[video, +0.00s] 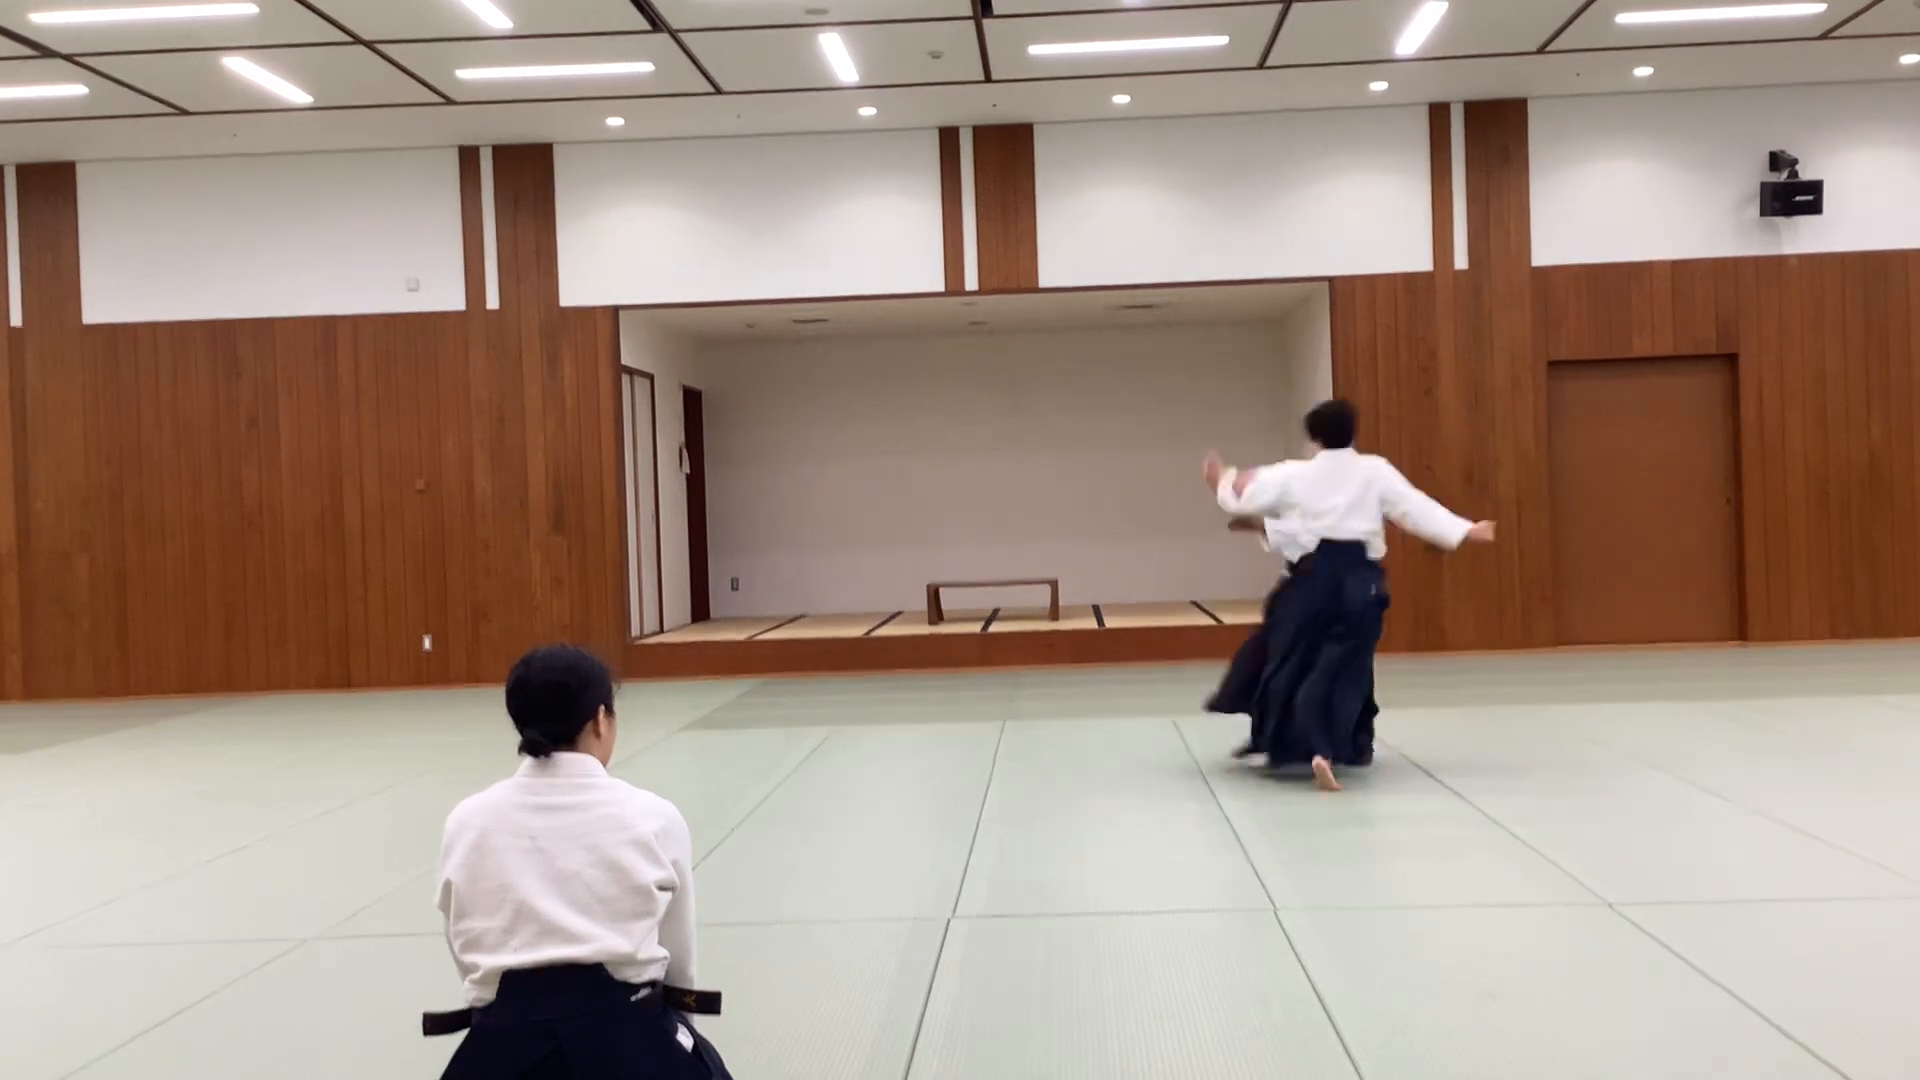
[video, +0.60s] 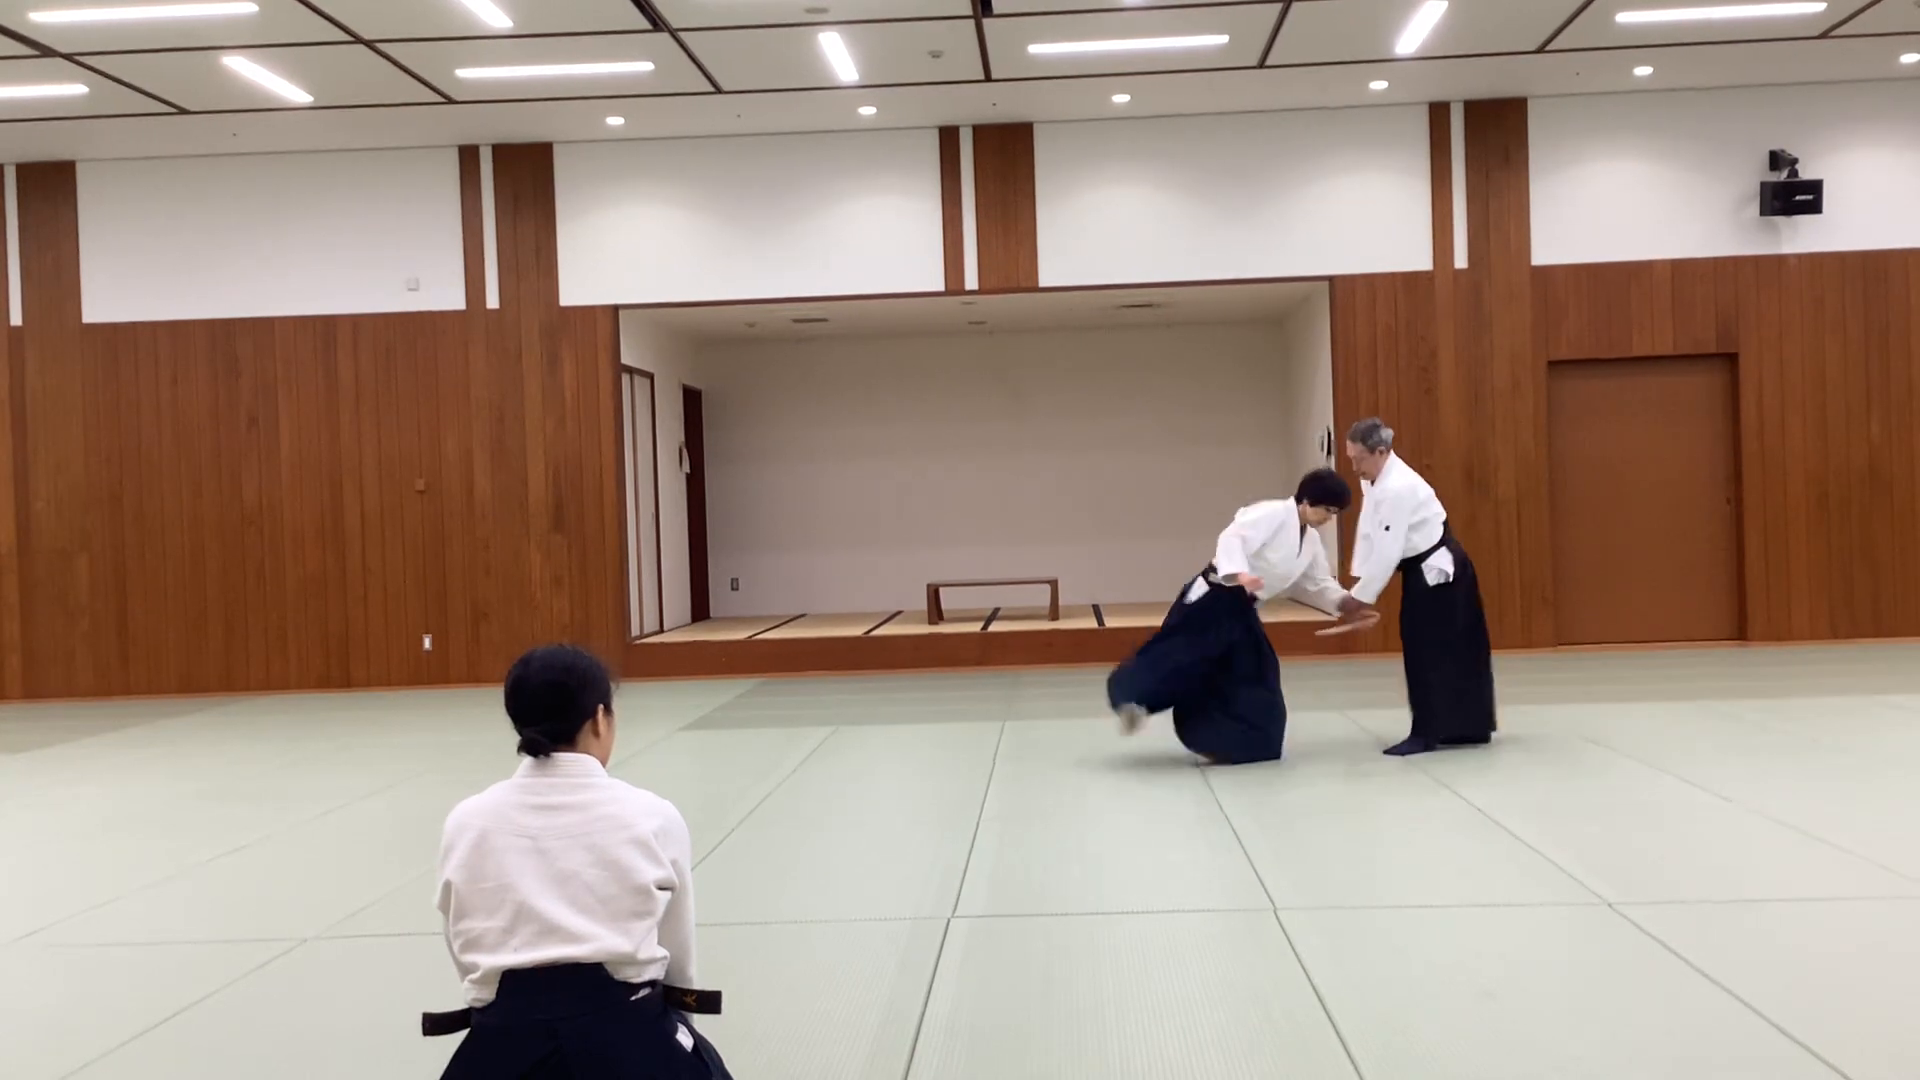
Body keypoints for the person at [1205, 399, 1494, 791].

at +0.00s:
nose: (1311, 442)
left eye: (1311, 436)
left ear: (1314, 437)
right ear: (1352, 434)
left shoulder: (1294, 474)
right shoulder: (1375, 470)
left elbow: (1243, 499)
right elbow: (1414, 507)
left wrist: (1221, 482)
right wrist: (1464, 528)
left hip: (1311, 578)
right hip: (1362, 578)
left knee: (1294, 658)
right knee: (1345, 664)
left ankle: (1285, 744)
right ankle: (1324, 751)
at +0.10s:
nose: (1329, 454)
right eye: (1326, 447)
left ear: (1281, 453)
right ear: (1321, 447)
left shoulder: (1268, 491)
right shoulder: (1342, 479)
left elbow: (1239, 532)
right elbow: (1386, 512)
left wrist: (1227, 524)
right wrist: (1435, 528)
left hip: (1289, 582)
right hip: (1338, 581)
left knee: (1264, 665)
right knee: (1337, 673)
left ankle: (1233, 738)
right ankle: (1321, 751)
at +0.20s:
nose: (1315, 472)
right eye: (1312, 467)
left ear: (1266, 468)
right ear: (1304, 467)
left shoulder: (1250, 506)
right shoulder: (1311, 490)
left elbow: (1245, 561)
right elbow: (1350, 516)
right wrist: (1394, 524)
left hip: (1258, 584)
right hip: (1302, 581)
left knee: (1248, 667)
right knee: (1321, 672)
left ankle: (1222, 744)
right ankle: (1314, 753)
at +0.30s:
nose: (1310, 504)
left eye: (1311, 501)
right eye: (1311, 499)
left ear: (1276, 486)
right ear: (1306, 492)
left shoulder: (1251, 515)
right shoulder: (1291, 504)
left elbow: (1238, 562)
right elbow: (1308, 531)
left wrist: (1298, 580)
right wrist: (1330, 533)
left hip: (1223, 595)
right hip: (1259, 596)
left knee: (1232, 677)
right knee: (1293, 677)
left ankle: (1219, 751)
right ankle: (1292, 757)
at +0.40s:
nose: (1321, 527)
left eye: (1324, 521)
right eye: (1322, 519)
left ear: (1299, 503)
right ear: (1310, 510)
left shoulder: (1277, 520)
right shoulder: (1290, 518)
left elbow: (1284, 581)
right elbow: (1266, 552)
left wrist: (1319, 596)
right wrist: (1289, 552)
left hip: (1213, 596)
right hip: (1232, 602)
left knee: (1236, 679)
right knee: (1259, 681)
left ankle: (1223, 752)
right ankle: (1211, 751)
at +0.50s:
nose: (1330, 530)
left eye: (1334, 525)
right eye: (1331, 523)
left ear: (1313, 512)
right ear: (1314, 512)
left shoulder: (1298, 538)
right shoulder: (1283, 520)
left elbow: (1298, 581)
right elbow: (1244, 542)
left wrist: (1331, 597)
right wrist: (1256, 565)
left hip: (1233, 614)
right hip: (1213, 605)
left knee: (1256, 683)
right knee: (1190, 676)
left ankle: (1219, 746)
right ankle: (1125, 724)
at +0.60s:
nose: (1330, 520)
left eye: (1334, 514)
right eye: (1328, 512)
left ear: (1318, 509)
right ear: (1309, 503)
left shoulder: (1311, 541)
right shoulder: (1275, 513)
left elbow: (1316, 583)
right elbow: (1231, 537)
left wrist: (1347, 602)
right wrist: (1241, 572)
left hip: (1244, 609)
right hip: (1217, 594)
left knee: (1259, 673)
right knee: (1194, 651)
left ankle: (1224, 744)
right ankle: (1134, 694)